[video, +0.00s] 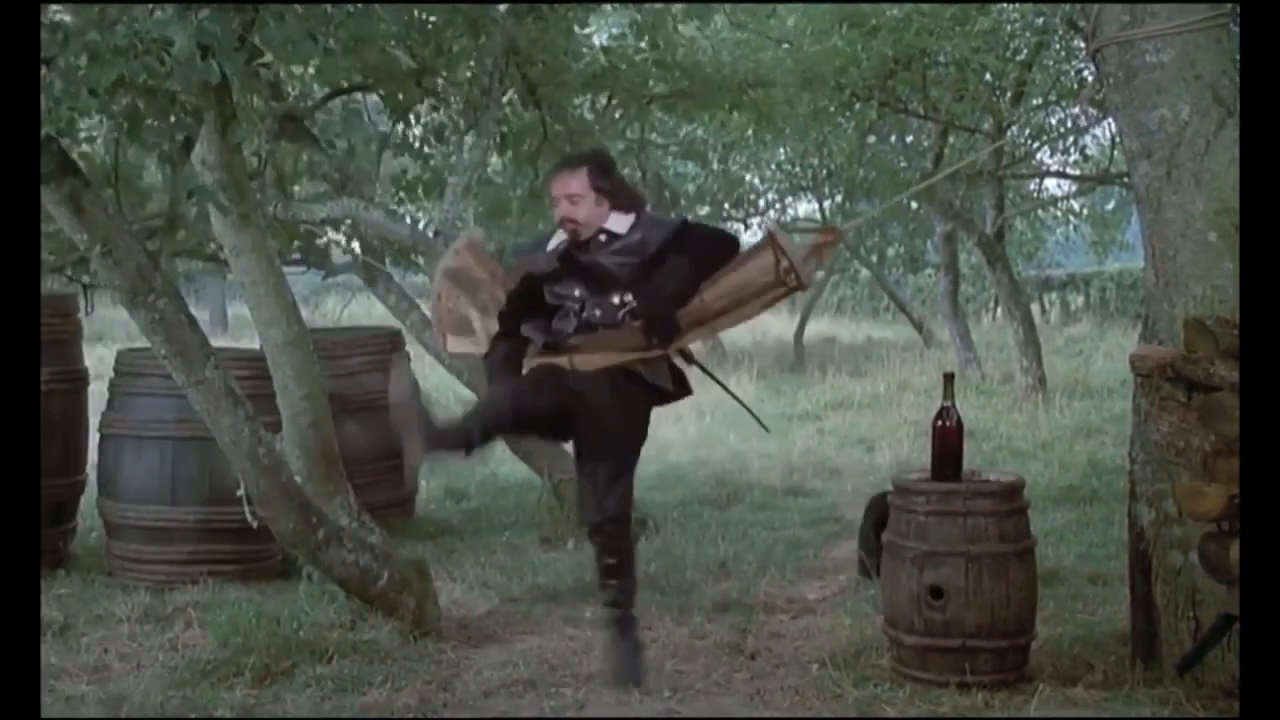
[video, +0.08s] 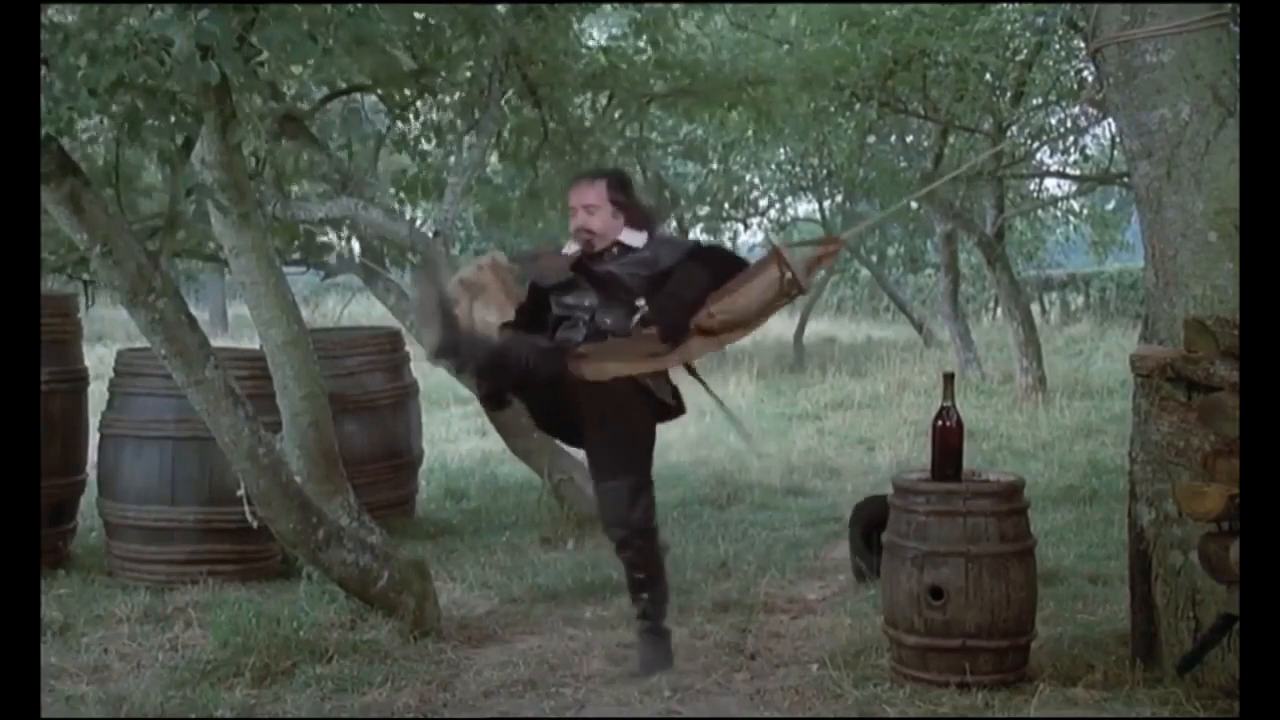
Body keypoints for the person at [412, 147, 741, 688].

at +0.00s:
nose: (562, 212)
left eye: (572, 201)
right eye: (556, 202)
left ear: (605, 198)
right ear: (554, 205)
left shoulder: (653, 235)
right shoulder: (548, 266)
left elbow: (724, 244)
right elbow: (508, 331)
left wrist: (667, 290)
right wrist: (502, 396)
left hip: (618, 388)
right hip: (556, 386)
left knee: (607, 516)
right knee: (512, 398)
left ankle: (622, 629)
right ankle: (450, 435)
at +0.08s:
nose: (580, 221)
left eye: (591, 210)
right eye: (574, 211)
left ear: (621, 212)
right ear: (568, 216)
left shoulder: (658, 253)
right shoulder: (556, 272)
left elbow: (725, 263)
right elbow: (527, 328)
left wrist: (675, 303)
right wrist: (494, 377)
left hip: (622, 401)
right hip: (563, 399)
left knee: (627, 524)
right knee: (510, 353)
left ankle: (653, 634)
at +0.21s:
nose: (620, 240)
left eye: (630, 231)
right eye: (610, 231)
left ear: (648, 237)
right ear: (593, 237)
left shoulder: (671, 283)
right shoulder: (568, 283)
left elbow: (712, 316)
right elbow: (513, 329)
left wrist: (695, 337)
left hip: (637, 414)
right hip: (575, 411)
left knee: (643, 527)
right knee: (524, 344)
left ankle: (652, 636)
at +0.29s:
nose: (641, 268)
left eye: (648, 259)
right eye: (630, 259)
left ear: (658, 262)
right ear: (607, 261)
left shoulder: (675, 308)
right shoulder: (577, 304)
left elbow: (704, 357)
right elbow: (520, 339)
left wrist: (685, 375)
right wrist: (553, 382)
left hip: (649, 422)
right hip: (590, 417)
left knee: (667, 521)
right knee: (572, 453)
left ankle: (674, 622)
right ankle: (606, 539)